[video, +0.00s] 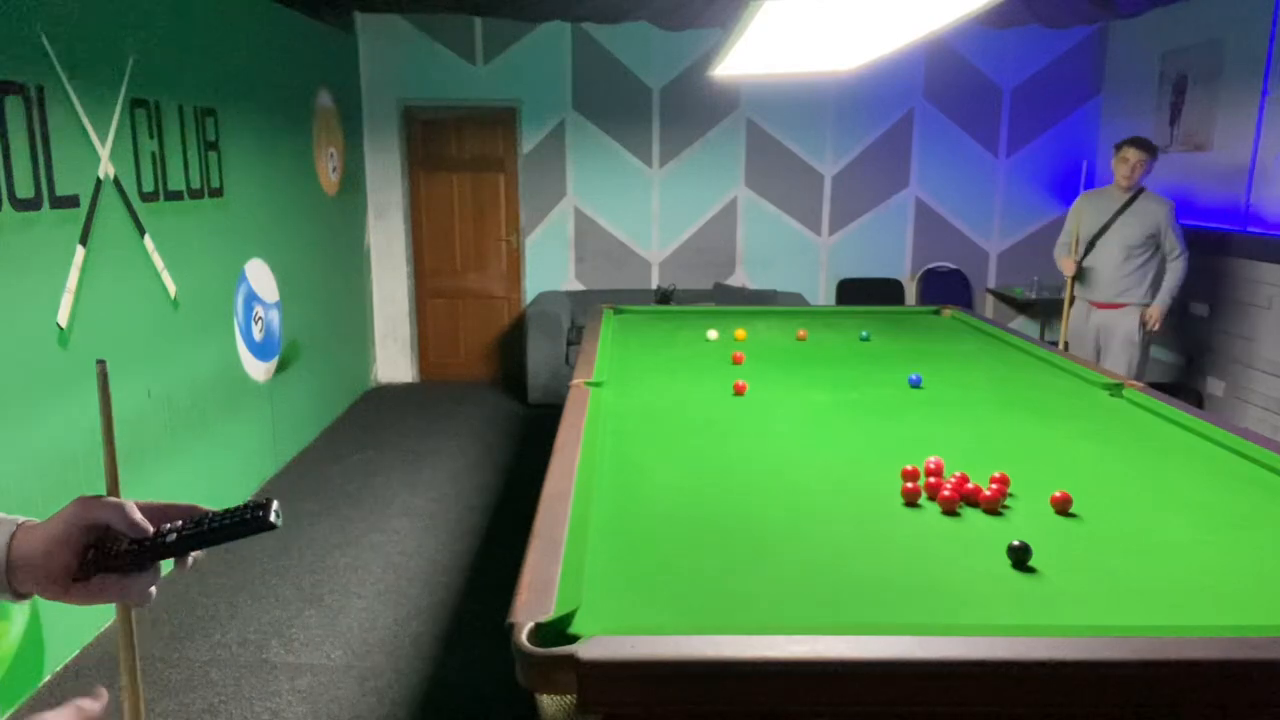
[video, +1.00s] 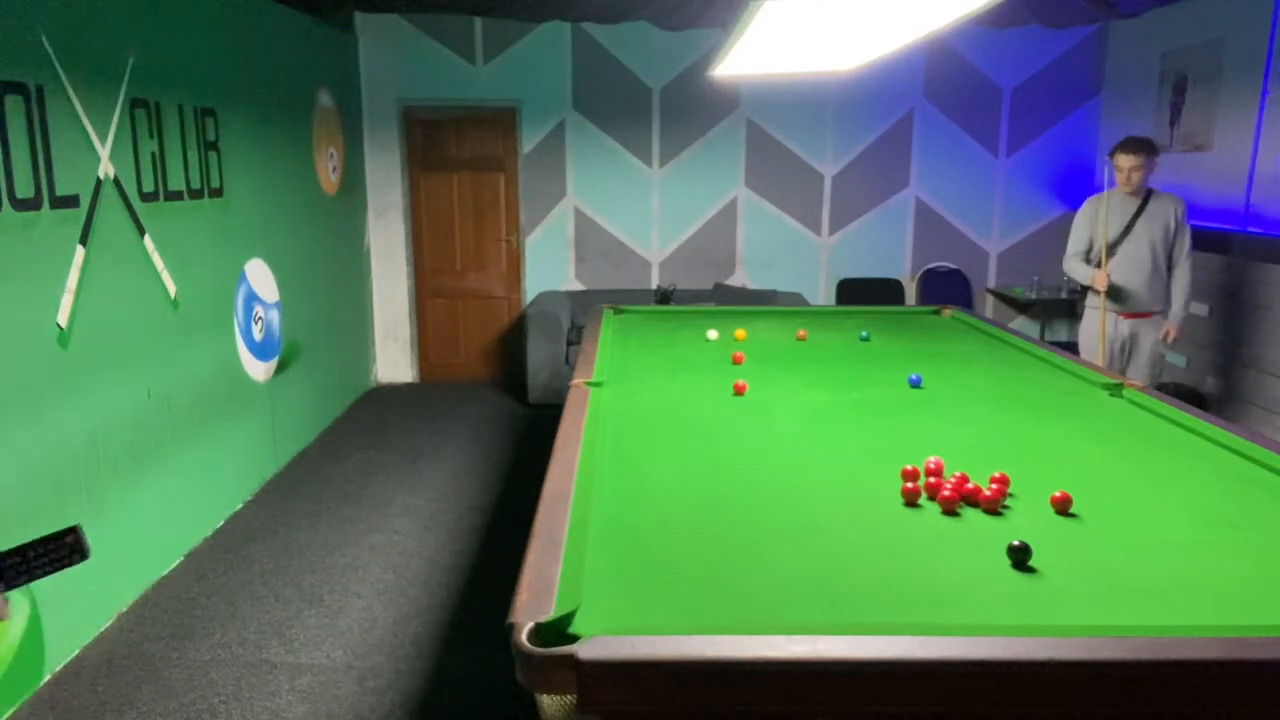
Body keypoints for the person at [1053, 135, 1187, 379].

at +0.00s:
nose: (1129, 169)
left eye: (1139, 164)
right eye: (1124, 160)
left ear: (1147, 171)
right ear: (1114, 161)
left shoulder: (1160, 210)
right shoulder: (1085, 202)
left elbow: (1177, 259)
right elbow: (1063, 244)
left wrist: (1161, 304)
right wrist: (1064, 260)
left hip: (1128, 316)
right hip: (1083, 310)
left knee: (1115, 395)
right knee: (1071, 387)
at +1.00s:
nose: (1126, 178)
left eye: (1135, 170)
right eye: (1119, 170)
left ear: (1152, 168)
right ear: (1113, 167)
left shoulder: (1171, 209)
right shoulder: (1094, 207)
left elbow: (1181, 265)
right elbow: (1071, 260)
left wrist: (1175, 317)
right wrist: (1091, 276)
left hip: (1149, 324)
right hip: (1101, 321)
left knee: (1137, 403)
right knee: (1095, 399)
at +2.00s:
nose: (1176, 178)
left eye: (1185, 170)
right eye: (1168, 170)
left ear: (1200, 170)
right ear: (1158, 170)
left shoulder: (1222, 217)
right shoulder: (1135, 209)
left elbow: (1234, 280)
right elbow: (1110, 258)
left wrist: (1230, 338)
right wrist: (1098, 296)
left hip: (1178, 340)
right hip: (1125, 330)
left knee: (1159, 425)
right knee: (1100, 410)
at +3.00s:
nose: (1145, 177)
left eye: (1154, 168)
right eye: (1136, 169)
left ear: (1168, 169)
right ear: (1123, 170)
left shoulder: (1190, 217)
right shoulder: (1099, 215)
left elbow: (1202, 283)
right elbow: (1073, 274)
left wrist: (1191, 335)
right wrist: (1078, 323)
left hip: (1166, 348)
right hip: (1106, 346)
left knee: (1166, 436)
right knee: (1100, 434)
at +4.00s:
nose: (1160, 190)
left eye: (1170, 181)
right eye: (1158, 181)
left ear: (1201, 174)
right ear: (1155, 176)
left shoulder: (1227, 224)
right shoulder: (1153, 213)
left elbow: (1233, 302)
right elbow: (1127, 276)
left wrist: (1172, 343)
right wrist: (1094, 329)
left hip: (1182, 366)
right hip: (1131, 352)